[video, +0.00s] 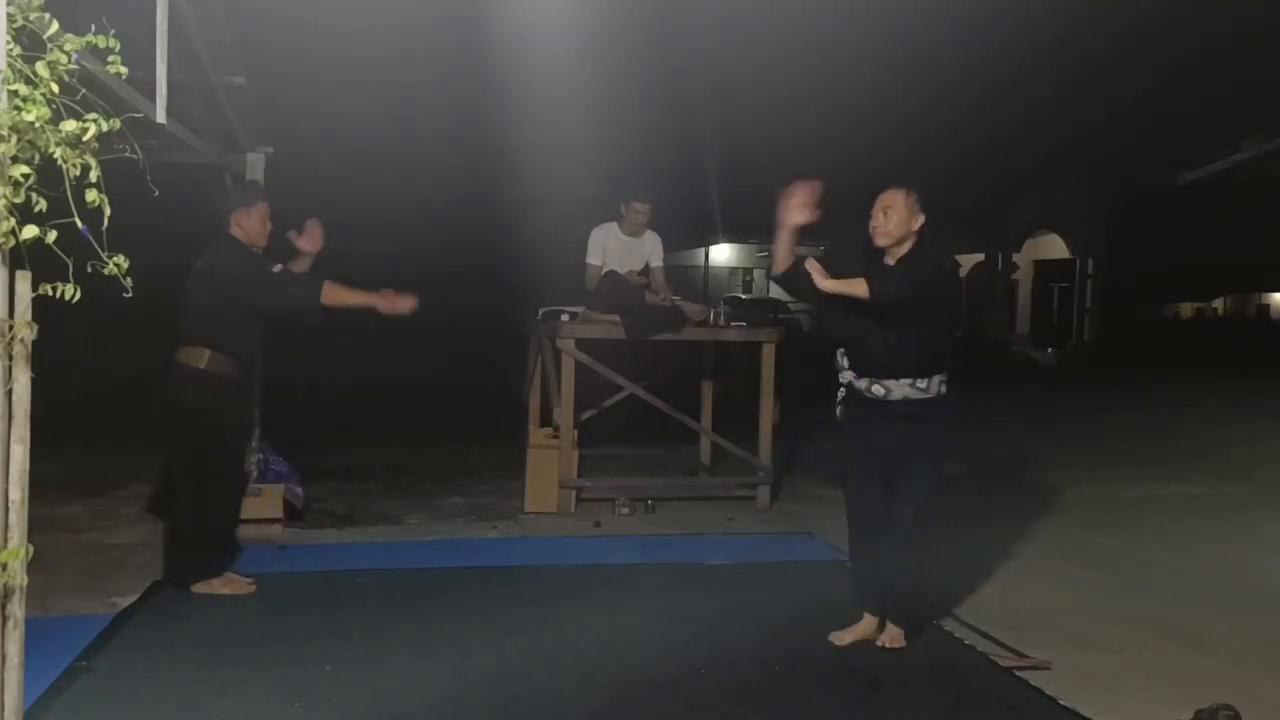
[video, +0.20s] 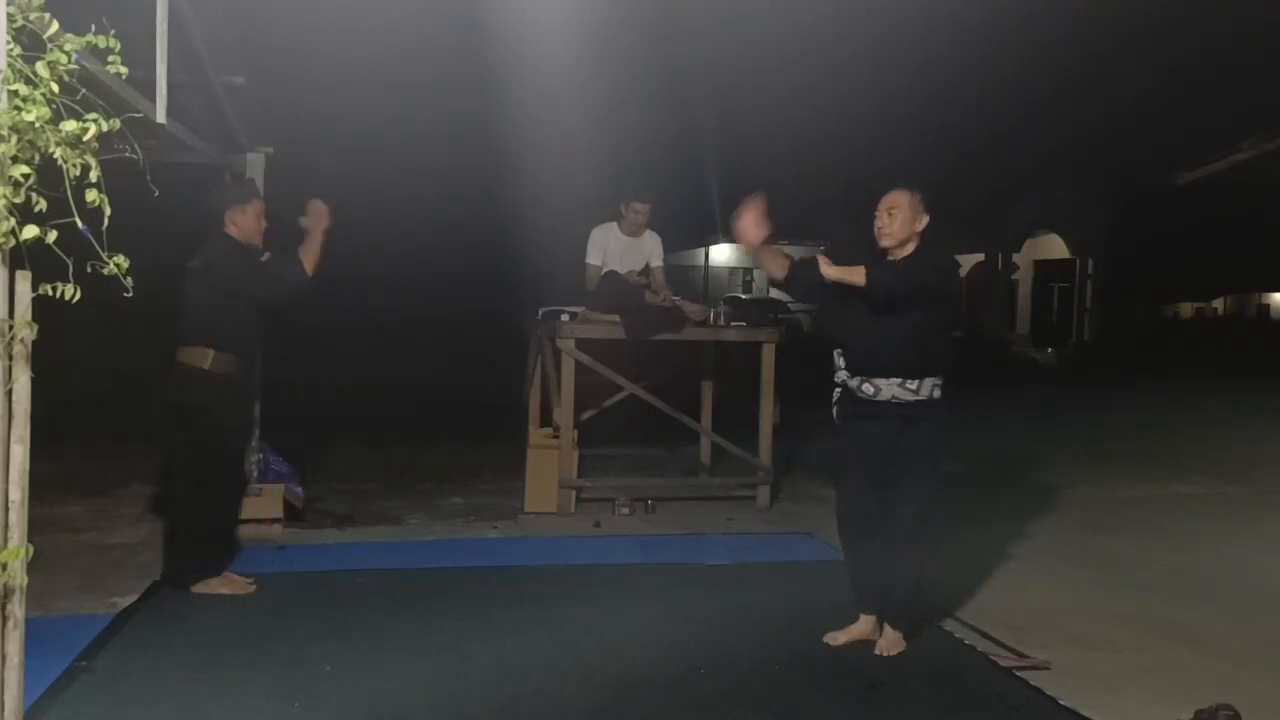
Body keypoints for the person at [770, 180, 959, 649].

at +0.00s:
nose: (878, 218)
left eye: (889, 211)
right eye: (876, 211)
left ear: (917, 221)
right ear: (872, 219)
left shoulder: (936, 265)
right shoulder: (859, 264)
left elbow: (897, 289)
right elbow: (786, 276)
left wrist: (829, 286)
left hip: (917, 408)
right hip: (862, 405)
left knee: (906, 511)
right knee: (863, 509)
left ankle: (899, 618)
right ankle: (869, 613)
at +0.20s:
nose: (880, 220)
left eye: (892, 212)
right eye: (878, 213)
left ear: (921, 222)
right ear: (876, 223)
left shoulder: (939, 269)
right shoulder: (864, 272)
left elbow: (898, 281)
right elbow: (804, 281)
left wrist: (837, 274)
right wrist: (760, 247)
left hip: (914, 413)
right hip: (859, 410)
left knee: (904, 516)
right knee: (857, 512)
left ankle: (896, 622)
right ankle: (868, 616)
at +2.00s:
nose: (881, 222)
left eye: (891, 214)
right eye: (872, 214)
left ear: (909, 220)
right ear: (861, 221)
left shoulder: (928, 261)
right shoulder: (845, 261)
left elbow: (981, 264)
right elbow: (820, 286)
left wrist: (1034, 277)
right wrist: (882, 269)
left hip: (913, 413)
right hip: (854, 411)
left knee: (907, 517)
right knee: (851, 514)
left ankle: (896, 625)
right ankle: (864, 617)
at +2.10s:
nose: (877, 223)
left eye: (888, 214)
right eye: (870, 216)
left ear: (912, 219)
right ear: (863, 223)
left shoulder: (930, 260)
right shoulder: (848, 261)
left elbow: (966, 281)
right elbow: (821, 291)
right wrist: (884, 274)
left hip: (913, 415)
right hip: (854, 411)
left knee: (908, 519)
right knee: (850, 515)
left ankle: (898, 624)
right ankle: (863, 615)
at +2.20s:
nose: (878, 226)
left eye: (890, 216)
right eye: (873, 218)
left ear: (918, 222)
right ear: (869, 224)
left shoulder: (936, 269)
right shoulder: (856, 268)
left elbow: (891, 262)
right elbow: (821, 299)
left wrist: (832, 263)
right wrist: (887, 275)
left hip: (912, 412)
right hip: (854, 409)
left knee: (904, 517)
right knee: (850, 513)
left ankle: (898, 623)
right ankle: (864, 616)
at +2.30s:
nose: (880, 222)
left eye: (888, 214)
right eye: (875, 215)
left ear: (916, 220)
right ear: (864, 220)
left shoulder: (935, 264)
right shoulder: (854, 259)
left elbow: (889, 235)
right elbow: (821, 305)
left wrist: (846, 208)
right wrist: (874, 284)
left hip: (910, 410)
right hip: (853, 406)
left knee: (905, 517)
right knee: (851, 514)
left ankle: (899, 623)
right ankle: (863, 616)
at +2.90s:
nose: (877, 222)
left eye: (888, 214)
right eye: (877, 215)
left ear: (918, 220)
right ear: (881, 222)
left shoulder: (931, 274)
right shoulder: (875, 273)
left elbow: (881, 319)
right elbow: (836, 324)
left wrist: (821, 286)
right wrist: (804, 291)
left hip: (906, 420)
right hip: (858, 415)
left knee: (901, 520)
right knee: (848, 514)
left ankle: (899, 627)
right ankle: (864, 616)